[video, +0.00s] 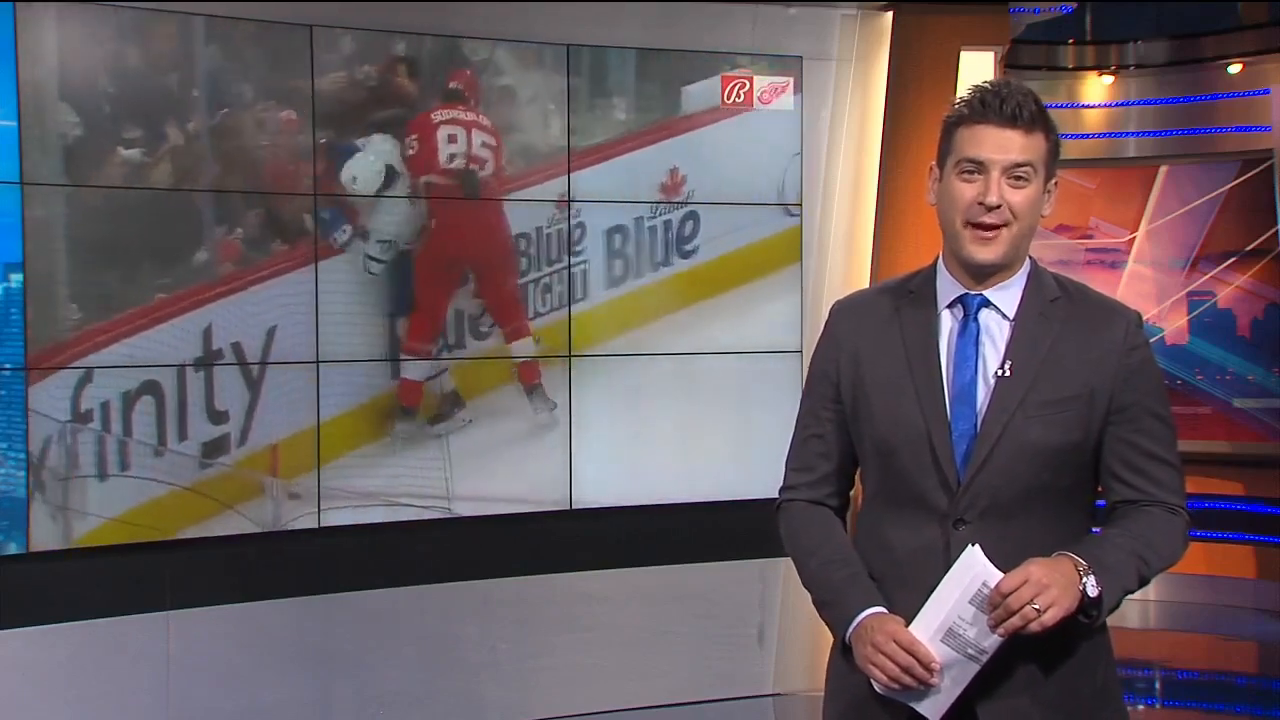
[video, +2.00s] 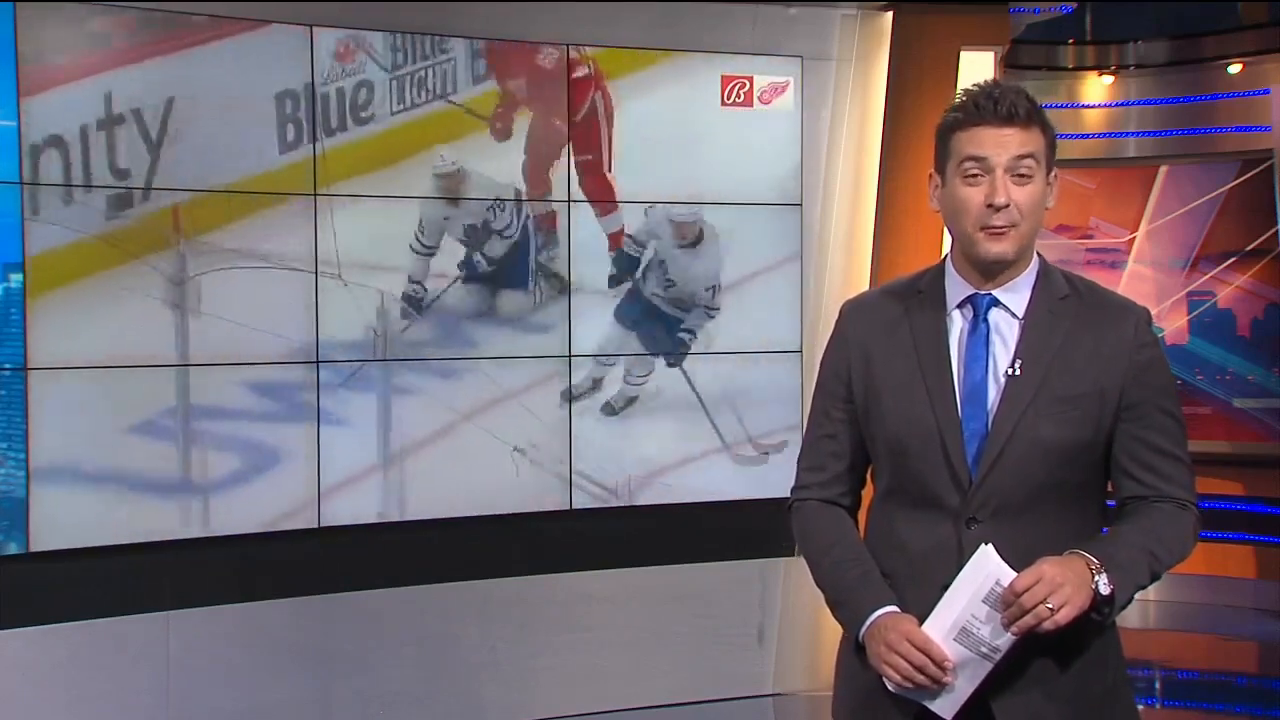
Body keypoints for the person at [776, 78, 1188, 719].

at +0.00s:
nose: (991, 197)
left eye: (1017, 177)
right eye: (970, 172)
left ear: (1047, 196)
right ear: (936, 185)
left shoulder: (1109, 336)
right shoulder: (857, 326)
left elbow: (1156, 512)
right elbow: (807, 499)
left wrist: (1082, 571)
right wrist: (860, 617)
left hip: (1046, 692)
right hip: (883, 688)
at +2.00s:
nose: (998, 196)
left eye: (1021, 175)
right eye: (974, 174)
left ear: (1050, 192)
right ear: (938, 193)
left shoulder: (1119, 333)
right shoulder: (867, 327)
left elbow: (1166, 507)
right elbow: (819, 499)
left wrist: (1095, 569)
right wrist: (873, 616)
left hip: (1057, 688)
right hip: (894, 686)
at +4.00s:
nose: (1001, 189)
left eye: (1027, 172)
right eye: (980, 165)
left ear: (1054, 197)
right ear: (944, 183)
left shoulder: (1119, 337)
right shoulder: (866, 327)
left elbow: (1164, 512)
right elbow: (817, 501)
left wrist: (1093, 574)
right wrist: (870, 620)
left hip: (1056, 692)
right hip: (892, 687)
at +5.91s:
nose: (999, 192)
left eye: (1026, 174)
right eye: (979, 167)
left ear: (1055, 196)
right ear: (944, 182)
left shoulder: (1119, 336)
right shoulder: (864, 327)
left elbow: (1165, 510)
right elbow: (815, 500)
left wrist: (1095, 572)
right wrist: (870, 619)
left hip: (1056, 691)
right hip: (892, 688)